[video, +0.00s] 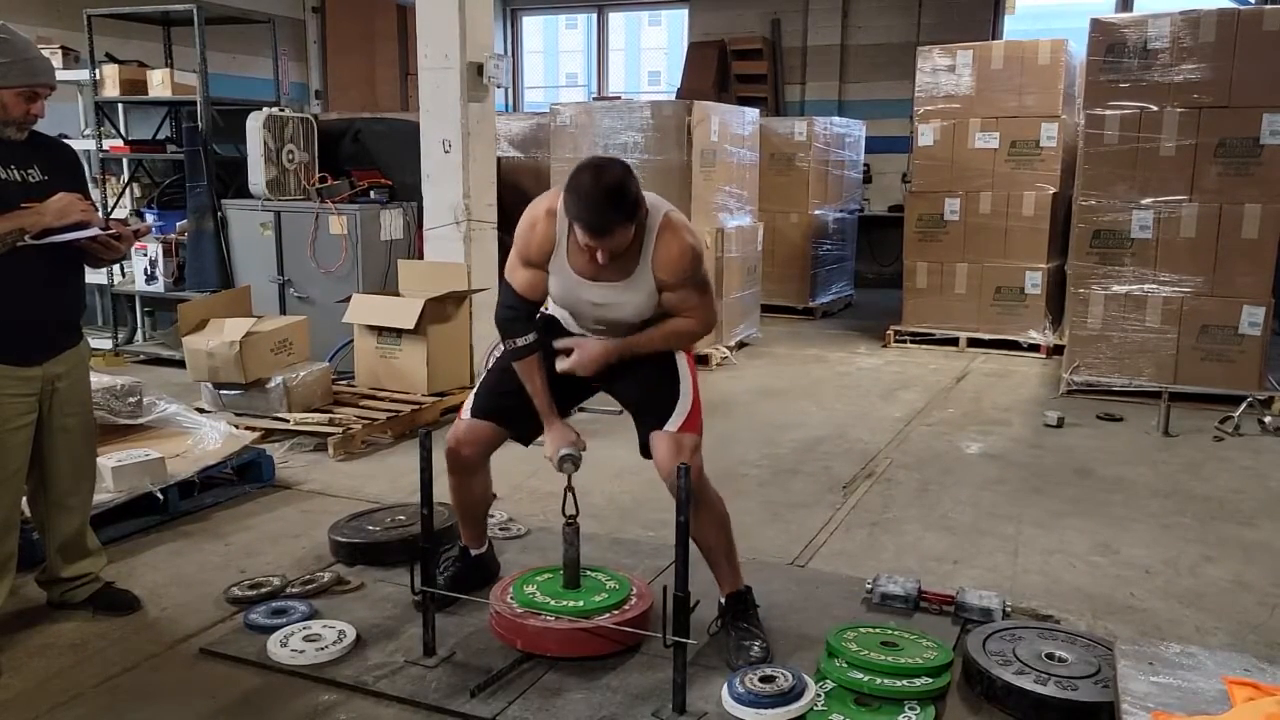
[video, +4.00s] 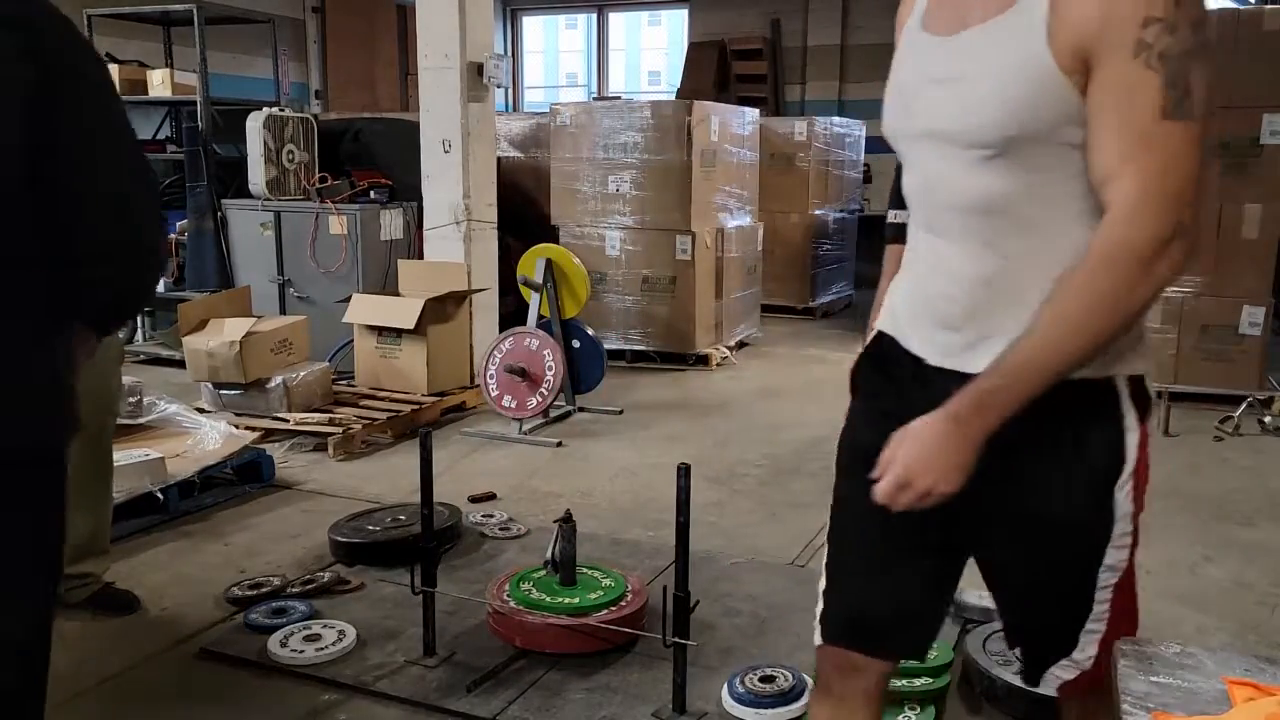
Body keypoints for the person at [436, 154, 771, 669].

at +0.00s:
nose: (600, 257)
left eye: (614, 249)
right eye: (590, 247)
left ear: (636, 219)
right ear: (570, 217)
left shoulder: (673, 243)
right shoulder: (541, 222)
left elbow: (699, 320)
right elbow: (516, 319)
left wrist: (615, 349)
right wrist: (550, 421)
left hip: (648, 346)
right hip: (563, 338)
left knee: (682, 471)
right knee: (463, 446)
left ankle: (738, 605)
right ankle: (476, 558)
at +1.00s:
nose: (617, 132)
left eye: (632, 122)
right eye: (606, 118)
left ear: (658, 97)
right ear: (588, 91)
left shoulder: (694, 138)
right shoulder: (557, 128)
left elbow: (731, 231)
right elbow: (530, 240)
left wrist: (642, 241)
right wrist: (555, 347)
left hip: (662, 296)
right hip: (569, 291)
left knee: (704, 441)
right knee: (505, 420)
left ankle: (739, 599)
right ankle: (470, 549)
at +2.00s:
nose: (688, 229)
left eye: (696, 216)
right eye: (675, 218)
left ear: (710, 196)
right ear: (640, 198)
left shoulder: (733, 215)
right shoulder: (595, 226)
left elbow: (735, 293)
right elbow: (533, 330)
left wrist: (666, 354)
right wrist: (528, 421)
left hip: (691, 310)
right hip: (599, 313)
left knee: (737, 439)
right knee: (520, 436)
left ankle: (746, 599)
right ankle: (476, 551)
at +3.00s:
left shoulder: (1015, 59)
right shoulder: (873, 47)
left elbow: (1011, 202)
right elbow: (781, 202)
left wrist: (1011, 333)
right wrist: (823, 348)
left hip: (962, 324)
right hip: (875, 325)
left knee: (961, 522)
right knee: (918, 548)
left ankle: (818, 558)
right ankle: (944, 713)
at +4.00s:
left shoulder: (1124, 8)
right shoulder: (918, 10)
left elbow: (1152, 232)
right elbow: (929, 207)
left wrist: (968, 418)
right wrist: (880, 340)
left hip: (1065, 403)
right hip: (907, 383)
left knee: (1076, 684)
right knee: (846, 660)